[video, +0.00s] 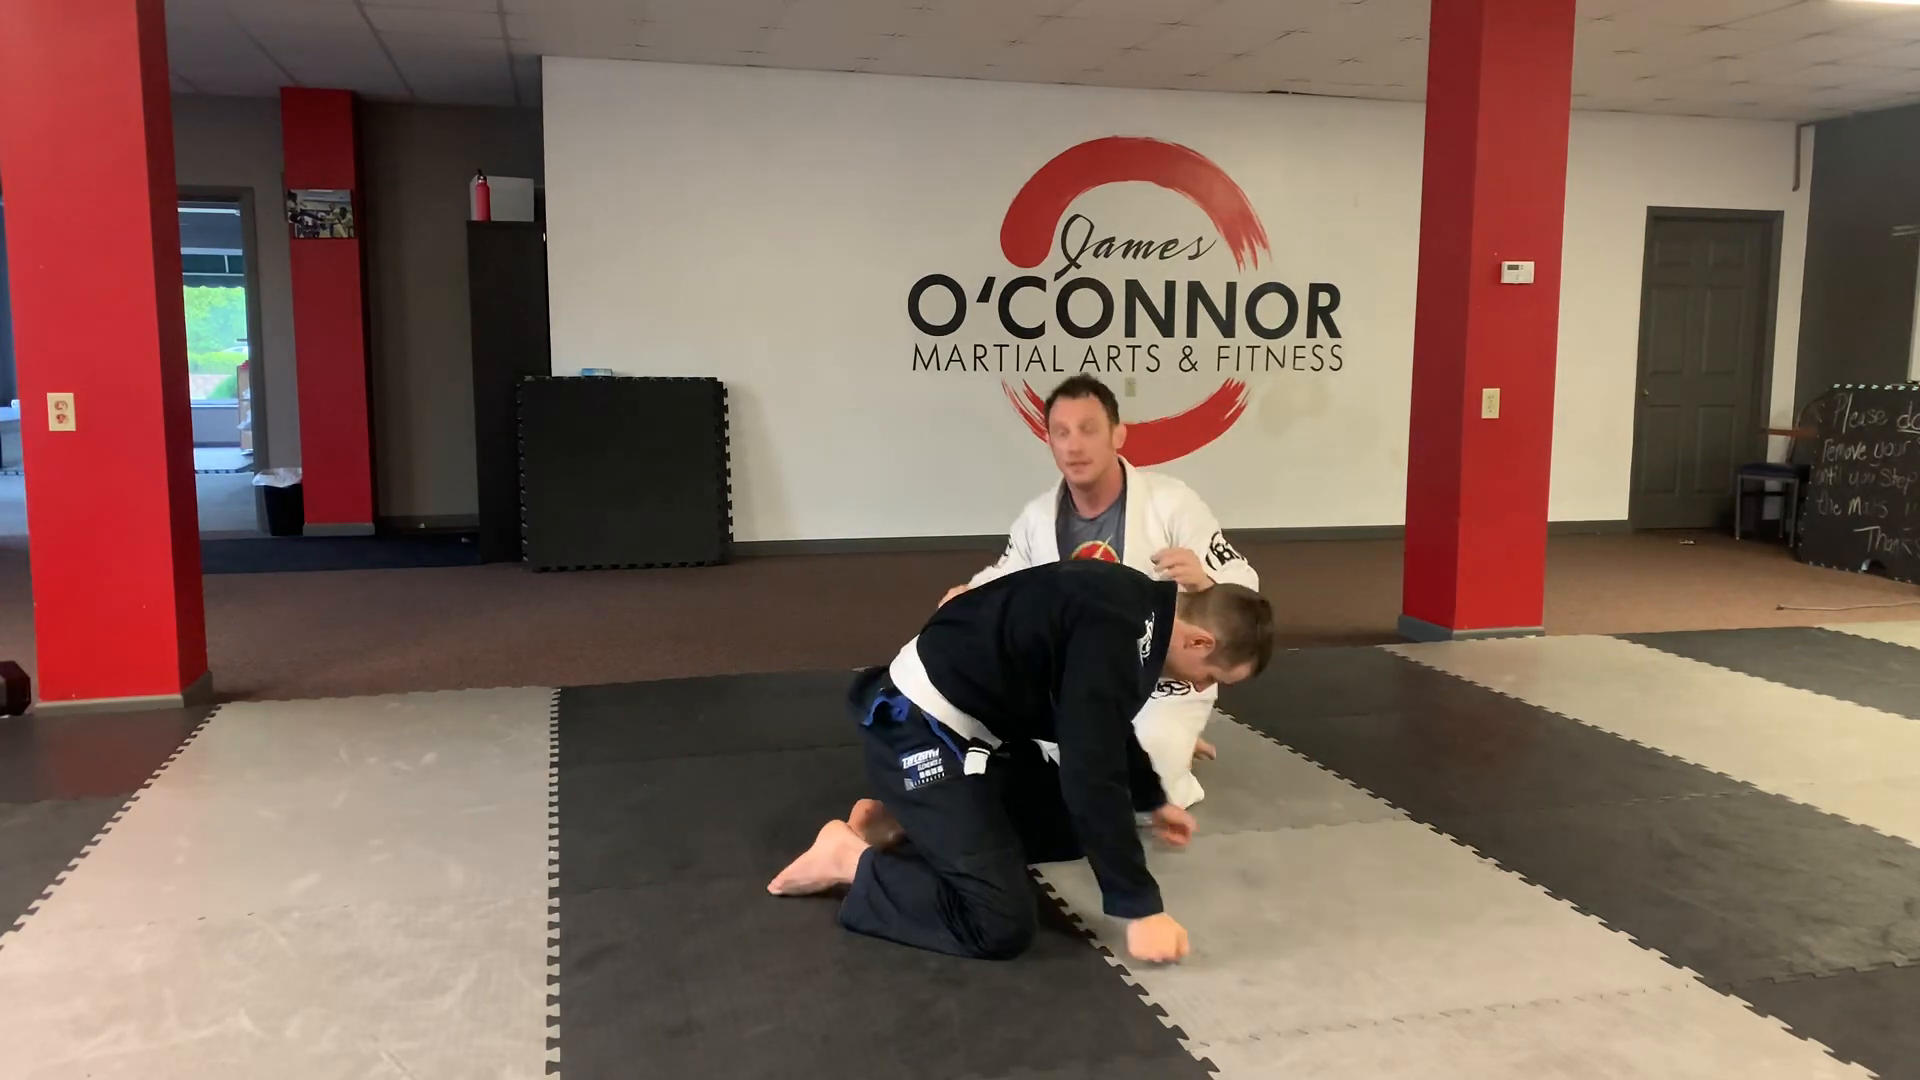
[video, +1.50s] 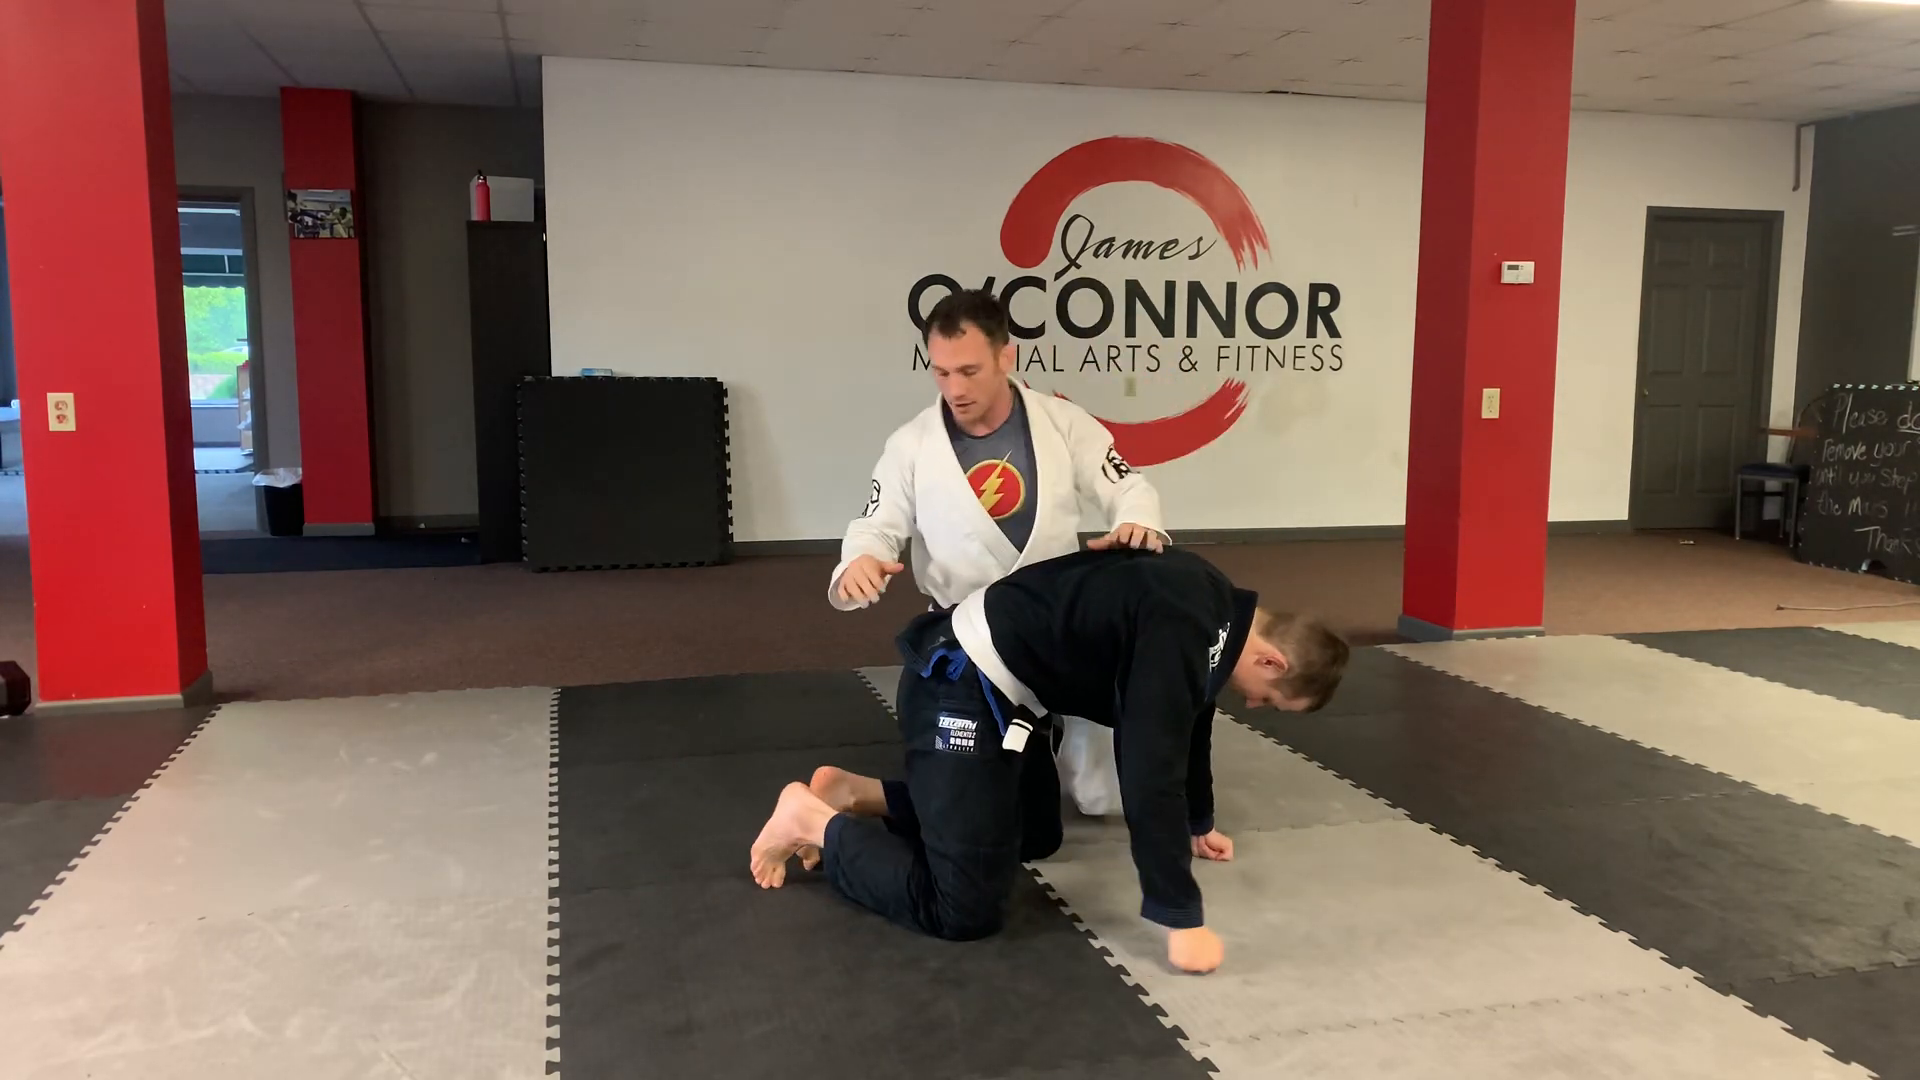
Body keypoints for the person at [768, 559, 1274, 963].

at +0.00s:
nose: (1204, 687)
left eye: (1216, 682)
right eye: (1213, 676)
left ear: (1197, 633)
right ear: (1195, 642)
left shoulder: (1144, 611)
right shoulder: (1113, 625)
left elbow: (1110, 728)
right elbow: (1092, 775)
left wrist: (1154, 802)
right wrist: (1139, 909)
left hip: (981, 726)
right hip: (921, 729)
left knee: (1069, 832)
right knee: (1002, 925)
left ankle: (899, 825)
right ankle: (849, 861)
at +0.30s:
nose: (1226, 708)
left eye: (1237, 704)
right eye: (1237, 700)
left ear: (1231, 641)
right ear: (1227, 662)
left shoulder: (1181, 612)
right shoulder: (1135, 629)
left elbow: (1168, 725)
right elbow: (1119, 786)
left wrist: (1191, 820)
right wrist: (1157, 927)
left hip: (1001, 705)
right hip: (943, 703)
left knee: (1066, 832)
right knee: (992, 915)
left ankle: (904, 824)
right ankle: (848, 845)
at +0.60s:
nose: (1257, 715)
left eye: (1268, 712)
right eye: (1268, 706)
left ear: (1266, 651)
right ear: (1262, 664)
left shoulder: (1221, 614)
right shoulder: (1168, 623)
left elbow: (1193, 724)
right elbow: (1138, 782)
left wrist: (1198, 822)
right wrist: (1159, 925)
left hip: (1033, 694)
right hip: (965, 679)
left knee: (1067, 834)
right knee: (976, 891)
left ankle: (896, 822)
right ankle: (838, 829)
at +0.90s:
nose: (1259, 709)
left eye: (1271, 705)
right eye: (1272, 700)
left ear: (1270, 646)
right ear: (1268, 660)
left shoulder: (1216, 616)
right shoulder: (1176, 619)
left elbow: (1188, 727)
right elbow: (1140, 779)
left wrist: (1196, 822)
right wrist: (1161, 922)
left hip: (1025, 702)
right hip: (961, 684)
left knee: (1053, 831)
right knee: (965, 905)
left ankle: (875, 806)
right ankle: (830, 829)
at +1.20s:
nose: (1261, 711)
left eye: (1273, 707)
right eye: (1274, 702)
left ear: (1274, 650)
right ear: (1271, 663)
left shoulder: (1217, 611)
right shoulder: (1178, 627)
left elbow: (1191, 725)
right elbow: (1147, 783)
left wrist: (1197, 823)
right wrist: (1162, 924)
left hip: (1019, 695)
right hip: (963, 683)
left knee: (1037, 835)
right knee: (965, 907)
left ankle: (863, 801)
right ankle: (818, 823)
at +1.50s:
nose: (1256, 710)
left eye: (1269, 706)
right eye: (1270, 701)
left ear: (1271, 651)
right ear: (1267, 660)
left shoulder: (1214, 610)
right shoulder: (1175, 620)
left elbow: (1192, 725)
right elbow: (1151, 775)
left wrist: (1198, 822)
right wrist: (1179, 918)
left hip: (1016, 692)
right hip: (962, 680)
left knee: (1034, 834)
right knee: (962, 907)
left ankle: (860, 796)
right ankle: (813, 822)